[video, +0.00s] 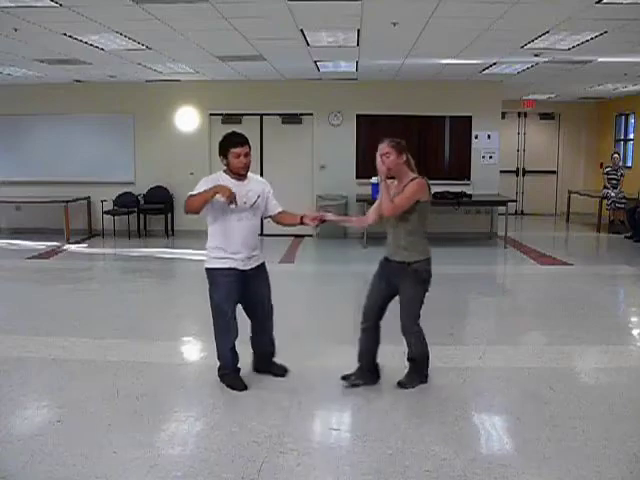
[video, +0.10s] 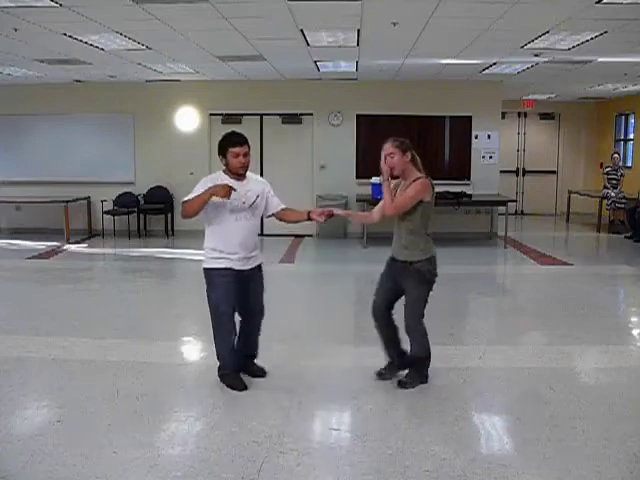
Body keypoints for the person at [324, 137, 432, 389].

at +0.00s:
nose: (382, 161)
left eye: (387, 156)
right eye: (380, 157)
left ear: (402, 157)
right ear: (380, 162)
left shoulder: (418, 184)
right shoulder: (388, 188)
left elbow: (389, 211)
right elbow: (366, 220)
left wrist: (384, 180)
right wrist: (333, 218)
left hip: (416, 267)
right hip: (390, 264)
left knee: (409, 323)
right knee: (370, 315)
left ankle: (419, 371)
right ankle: (367, 370)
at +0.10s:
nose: (387, 162)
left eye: (391, 156)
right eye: (385, 158)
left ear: (408, 156)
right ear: (385, 163)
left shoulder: (422, 184)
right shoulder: (396, 187)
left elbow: (391, 210)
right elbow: (372, 217)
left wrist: (386, 180)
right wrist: (341, 214)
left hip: (421, 265)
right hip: (397, 262)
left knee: (413, 321)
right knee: (380, 310)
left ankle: (419, 370)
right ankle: (397, 359)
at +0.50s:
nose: (385, 156)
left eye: (390, 151)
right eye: (385, 151)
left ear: (406, 155)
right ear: (397, 157)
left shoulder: (423, 185)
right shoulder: (390, 186)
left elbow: (421, 227)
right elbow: (368, 217)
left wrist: (390, 212)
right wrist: (336, 220)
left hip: (421, 262)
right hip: (398, 260)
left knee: (408, 314)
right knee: (408, 314)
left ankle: (419, 369)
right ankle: (431, 352)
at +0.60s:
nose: (381, 154)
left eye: (386, 149)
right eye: (381, 150)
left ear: (403, 154)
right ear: (395, 156)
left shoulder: (420, 185)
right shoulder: (384, 188)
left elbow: (437, 223)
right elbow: (361, 220)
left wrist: (406, 239)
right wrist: (325, 217)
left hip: (418, 264)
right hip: (392, 263)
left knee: (411, 315)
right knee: (390, 314)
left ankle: (418, 369)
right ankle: (424, 345)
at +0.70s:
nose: (375, 152)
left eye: (381, 147)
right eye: (376, 147)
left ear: (397, 153)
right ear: (389, 154)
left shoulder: (415, 186)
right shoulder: (377, 188)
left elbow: (439, 218)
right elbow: (351, 218)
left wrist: (425, 250)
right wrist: (315, 213)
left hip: (412, 266)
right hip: (385, 265)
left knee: (412, 322)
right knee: (373, 313)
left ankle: (420, 371)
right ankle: (405, 350)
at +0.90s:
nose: (360, 151)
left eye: (366, 147)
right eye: (361, 146)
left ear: (381, 154)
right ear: (373, 156)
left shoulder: (397, 187)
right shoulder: (362, 188)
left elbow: (426, 217)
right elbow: (339, 219)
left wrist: (407, 242)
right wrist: (309, 216)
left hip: (391, 268)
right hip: (365, 266)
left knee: (397, 322)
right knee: (350, 315)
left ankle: (417, 369)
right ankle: (368, 368)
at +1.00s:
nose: (352, 152)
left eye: (357, 149)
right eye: (354, 148)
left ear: (372, 156)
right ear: (365, 156)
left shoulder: (386, 189)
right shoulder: (358, 187)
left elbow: (409, 223)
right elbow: (339, 221)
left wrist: (375, 239)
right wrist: (303, 220)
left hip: (376, 268)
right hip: (353, 266)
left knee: (372, 323)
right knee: (347, 320)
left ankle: (408, 359)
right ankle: (368, 368)